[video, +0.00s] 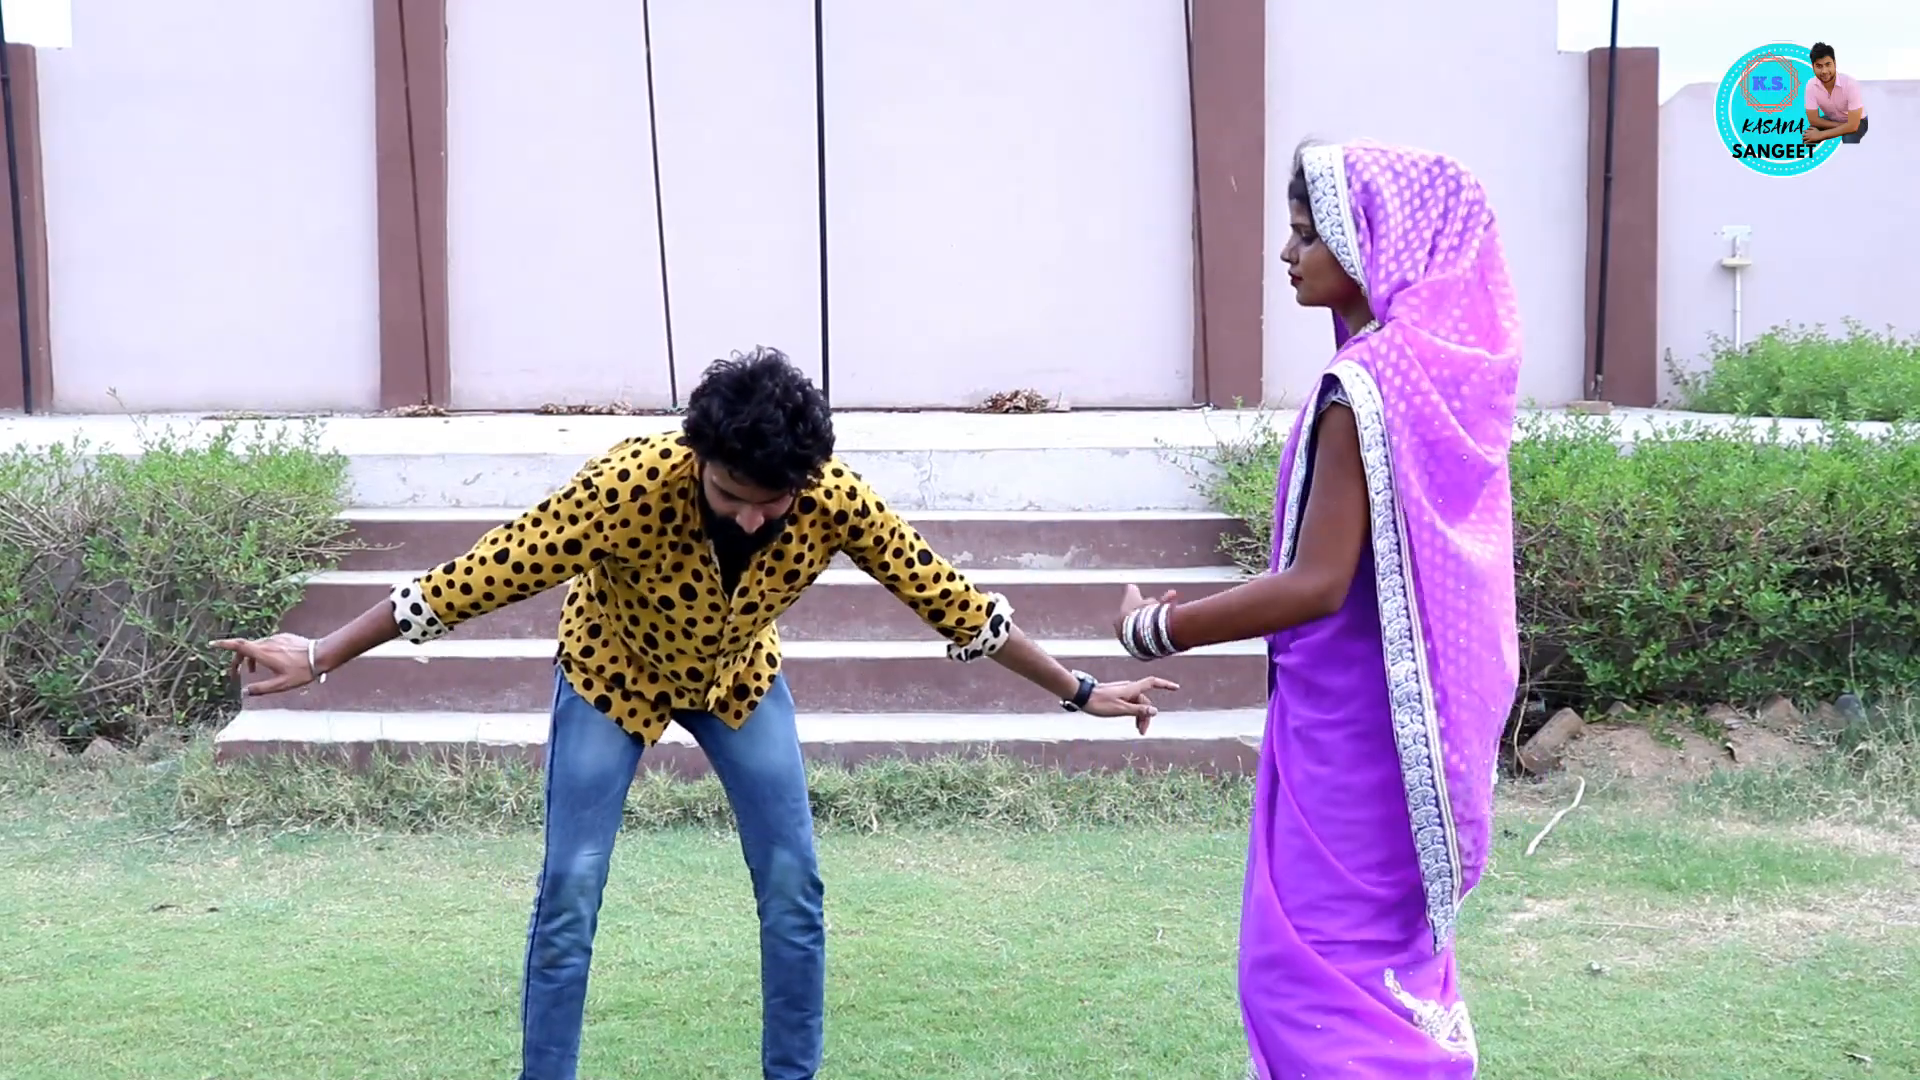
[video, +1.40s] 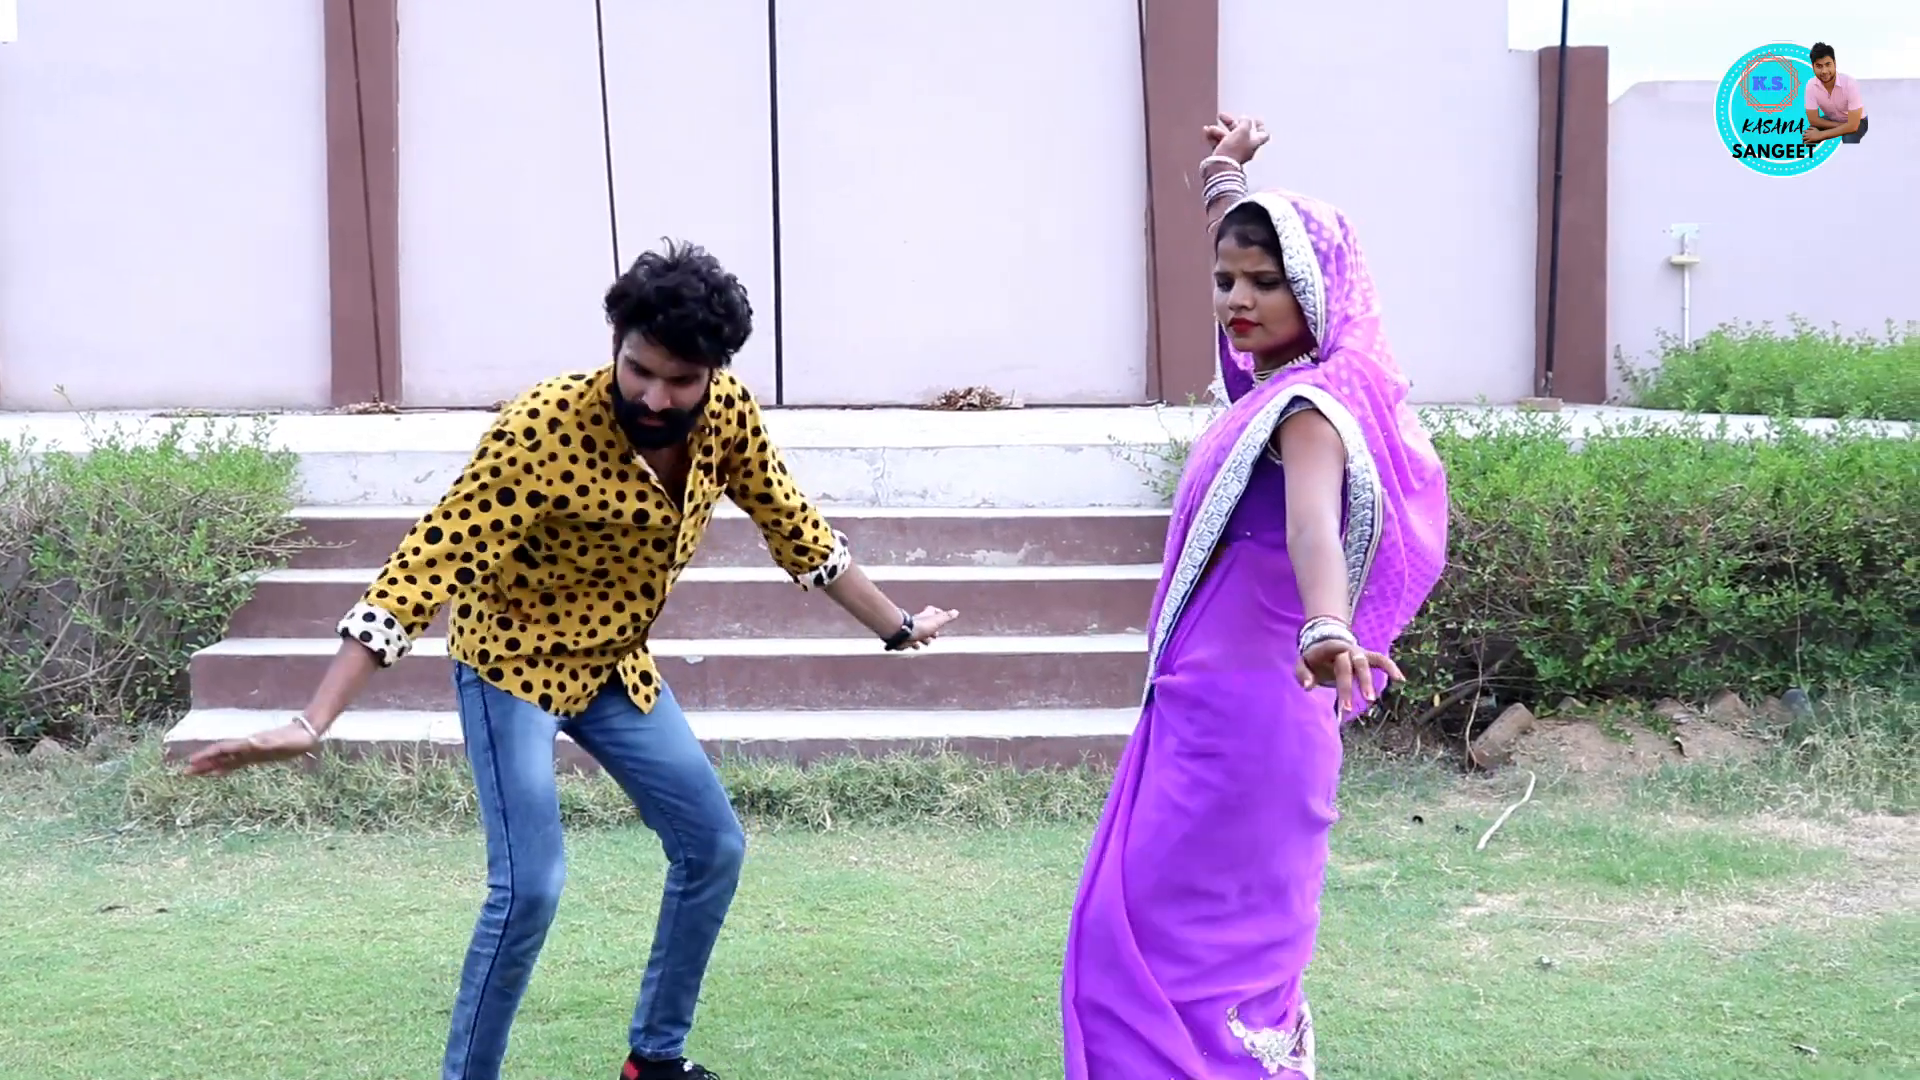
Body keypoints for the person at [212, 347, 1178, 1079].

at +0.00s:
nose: (755, 516)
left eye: (776, 501)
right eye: (739, 495)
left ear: (805, 475)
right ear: (702, 456)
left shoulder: (828, 492)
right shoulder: (633, 479)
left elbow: (941, 594)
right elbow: (489, 570)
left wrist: (1072, 690)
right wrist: (322, 652)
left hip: (736, 667)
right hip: (610, 665)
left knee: (793, 870)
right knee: (570, 885)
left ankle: (793, 1069)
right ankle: (546, 1071)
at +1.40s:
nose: (655, 396)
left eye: (680, 380)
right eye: (640, 370)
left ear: (714, 369)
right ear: (615, 344)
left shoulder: (726, 419)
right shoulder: (546, 427)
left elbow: (799, 532)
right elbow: (427, 560)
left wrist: (895, 626)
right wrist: (315, 719)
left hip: (611, 662)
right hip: (503, 659)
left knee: (713, 845)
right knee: (529, 888)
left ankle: (656, 1059)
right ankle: (468, 1073)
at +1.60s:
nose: (574, 302)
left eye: (593, 281)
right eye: (550, 281)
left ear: (617, 287)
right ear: (514, 285)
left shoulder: (622, 388)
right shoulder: (467, 400)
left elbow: (718, 489)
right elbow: (361, 532)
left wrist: (835, 551)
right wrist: (244, 652)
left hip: (578, 680)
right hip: (465, 685)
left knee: (673, 876)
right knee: (470, 918)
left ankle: (600, 1066)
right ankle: (413, 1072)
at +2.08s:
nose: (438, 202)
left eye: (452, 183)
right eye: (411, 189)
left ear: (477, 201)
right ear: (375, 220)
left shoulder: (507, 339)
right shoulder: (364, 337)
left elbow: (648, 396)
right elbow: (270, 422)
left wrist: (794, 406)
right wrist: (180, 486)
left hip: (530, 662)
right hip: (423, 671)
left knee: (604, 856)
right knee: (408, 912)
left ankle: (553, 1062)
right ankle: (355, 1070)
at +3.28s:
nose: (367, 223)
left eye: (370, 200)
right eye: (334, 218)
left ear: (390, 206)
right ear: (298, 255)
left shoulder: (462, 334)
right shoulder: (314, 363)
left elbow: (594, 319)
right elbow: (264, 438)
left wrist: (727, 245)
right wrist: (223, 483)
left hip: (513, 663)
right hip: (409, 682)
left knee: (600, 862)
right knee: (426, 932)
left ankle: (560, 1065)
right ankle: (370, 1074)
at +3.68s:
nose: (502, 211)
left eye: (495, 192)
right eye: (474, 202)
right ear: (413, 241)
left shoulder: (523, 317)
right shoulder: (394, 365)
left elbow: (641, 312)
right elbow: (351, 487)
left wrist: (751, 230)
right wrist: (327, 546)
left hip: (556, 663)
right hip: (468, 676)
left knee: (643, 845)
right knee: (490, 918)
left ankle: (611, 1068)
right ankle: (430, 1073)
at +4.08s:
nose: (646, 220)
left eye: (641, 201)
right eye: (631, 205)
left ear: (586, 224)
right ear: (579, 226)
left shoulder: (621, 306)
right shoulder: (516, 361)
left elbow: (703, 271)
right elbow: (470, 516)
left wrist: (804, 212)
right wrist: (500, 589)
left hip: (650, 651)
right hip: (574, 665)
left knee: (725, 833)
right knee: (579, 898)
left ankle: (688, 1056)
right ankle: (508, 1071)